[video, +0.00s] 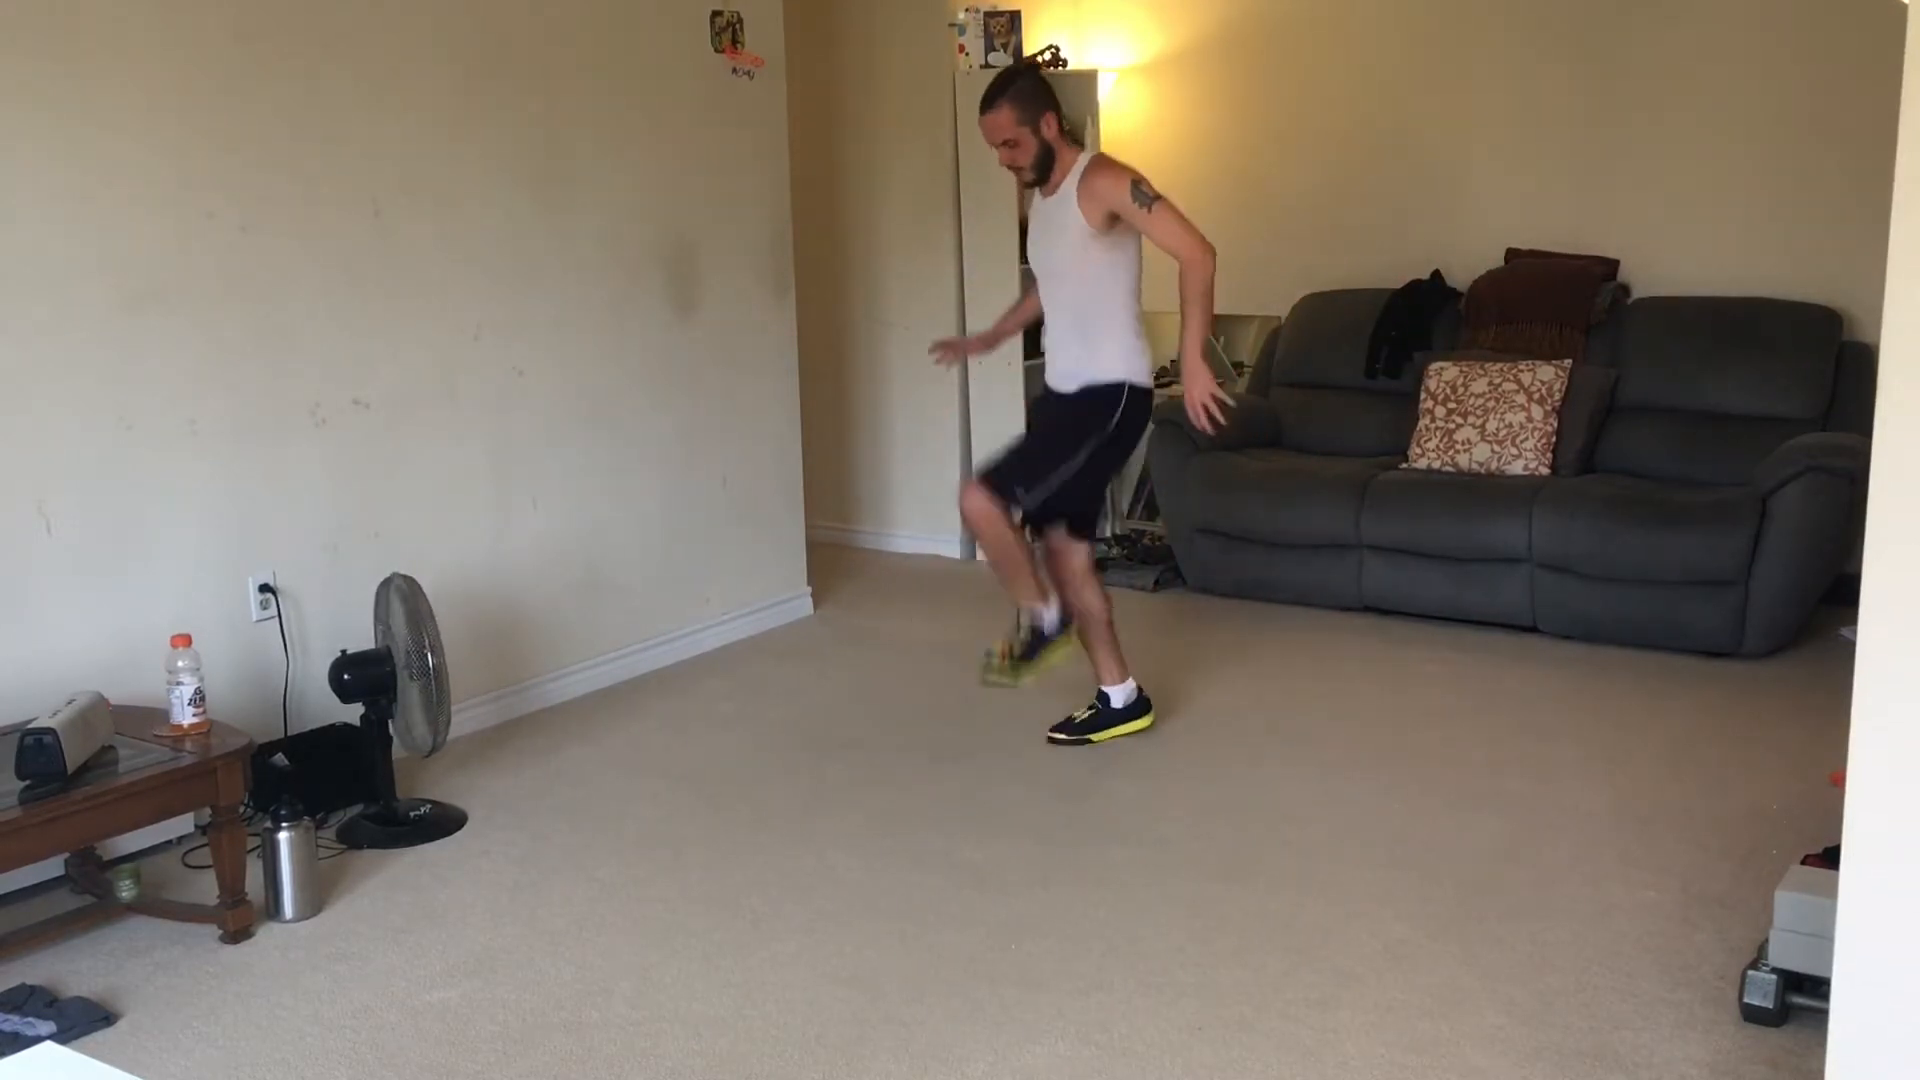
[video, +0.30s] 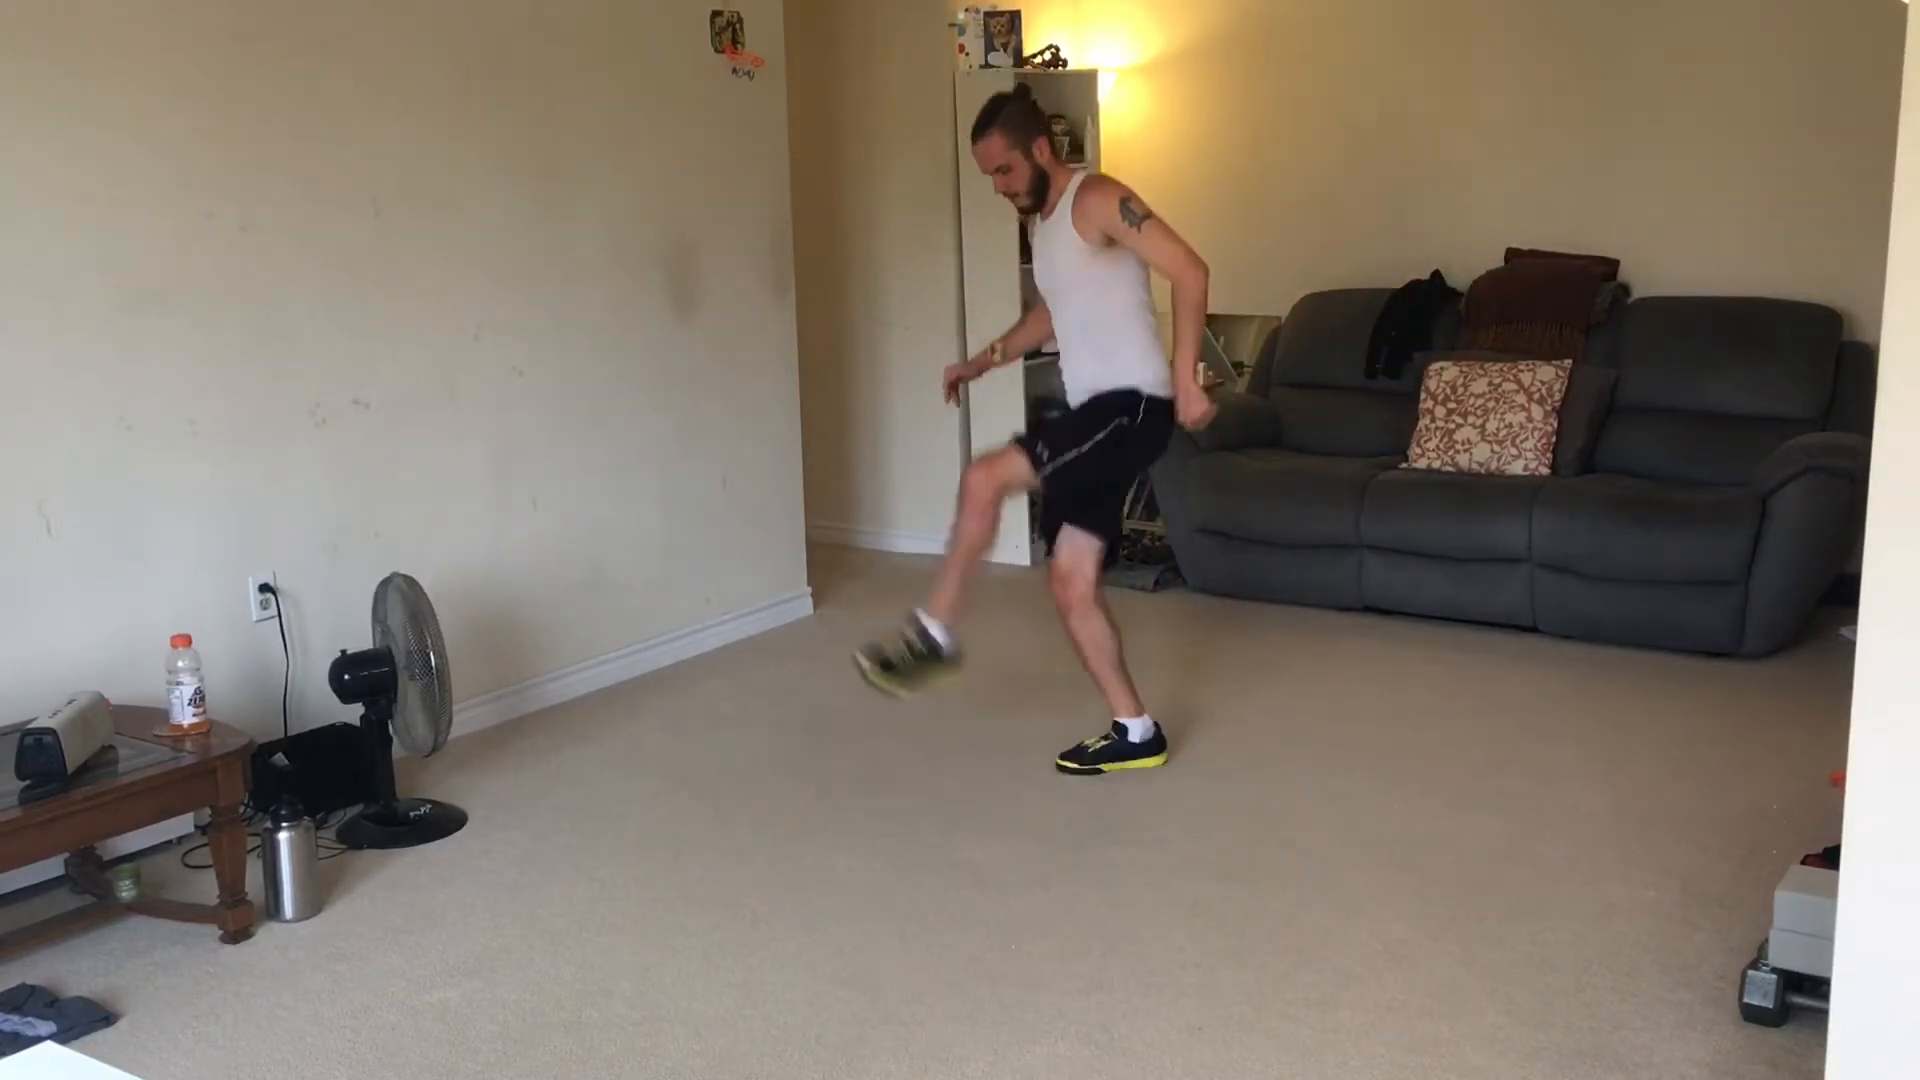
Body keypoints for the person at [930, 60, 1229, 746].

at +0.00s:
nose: (1003, 159)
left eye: (1009, 143)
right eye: (994, 146)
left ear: (1049, 125)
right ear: (1020, 135)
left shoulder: (1105, 180)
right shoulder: (1040, 197)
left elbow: (1197, 254)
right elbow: (1048, 287)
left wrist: (1195, 361)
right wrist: (984, 341)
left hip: (1111, 394)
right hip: (1064, 392)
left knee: (983, 498)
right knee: (1066, 549)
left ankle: (1043, 617)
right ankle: (1120, 695)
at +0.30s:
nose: (998, 186)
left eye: (1004, 170)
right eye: (990, 175)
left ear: (1043, 146)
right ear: (995, 163)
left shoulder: (1097, 198)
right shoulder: (1044, 223)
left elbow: (1190, 271)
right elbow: (1057, 313)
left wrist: (1186, 378)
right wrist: (983, 362)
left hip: (1134, 405)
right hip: (1094, 408)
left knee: (986, 475)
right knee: (1072, 582)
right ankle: (1136, 728)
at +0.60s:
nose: (971, 176)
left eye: (976, 159)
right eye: (960, 165)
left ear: (1011, 129)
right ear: (958, 152)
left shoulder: (1086, 161)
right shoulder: (988, 204)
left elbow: (1181, 221)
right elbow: (989, 277)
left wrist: (1112, 305)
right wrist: (951, 352)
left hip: (1143, 366)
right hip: (1067, 384)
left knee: (1106, 496)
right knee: (1051, 564)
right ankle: (1099, 693)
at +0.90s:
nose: (968, 287)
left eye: (972, 274)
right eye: (959, 279)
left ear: (1007, 239)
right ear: (954, 262)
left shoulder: (1094, 234)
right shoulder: (973, 304)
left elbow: (1195, 258)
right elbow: (922, 383)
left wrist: (1184, 329)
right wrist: (882, 467)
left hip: (1130, 450)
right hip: (1050, 462)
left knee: (1154, 603)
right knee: (1081, 614)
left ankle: (1029, 674)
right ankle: (1085, 740)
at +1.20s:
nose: (978, 186)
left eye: (988, 170)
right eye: (968, 173)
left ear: (1027, 148)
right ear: (961, 162)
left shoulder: (1089, 183)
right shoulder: (963, 225)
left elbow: (1205, 184)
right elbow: (915, 311)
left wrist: (1191, 210)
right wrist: (889, 394)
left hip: (1075, 420)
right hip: (1009, 424)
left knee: (1124, 574)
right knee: (1058, 587)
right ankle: (1075, 735)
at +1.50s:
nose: (898, 274)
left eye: (897, 260)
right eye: (888, 267)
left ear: (924, 226)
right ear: (892, 255)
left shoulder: (1029, 238)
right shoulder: (920, 292)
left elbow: (1129, 251)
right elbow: (851, 348)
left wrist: (1209, 274)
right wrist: (813, 357)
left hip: (1073, 445)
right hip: (992, 448)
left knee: (1053, 625)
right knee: (937, 596)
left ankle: (1082, 612)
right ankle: (922, 712)